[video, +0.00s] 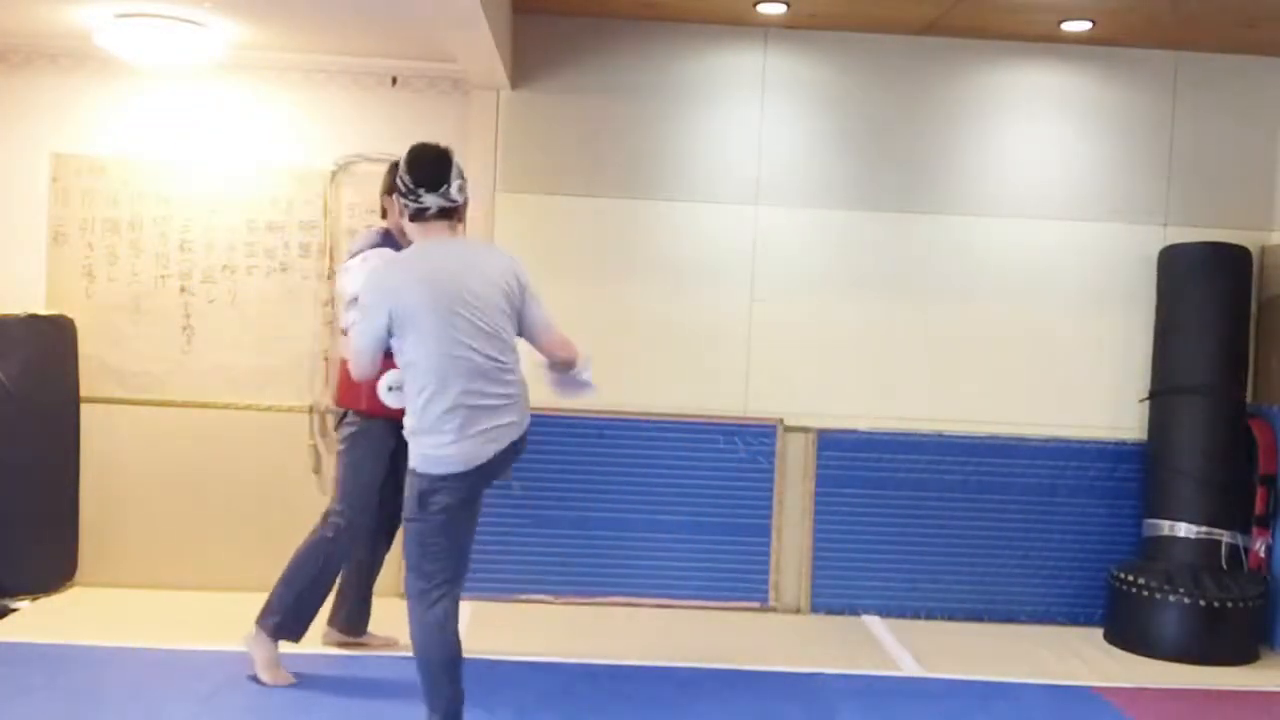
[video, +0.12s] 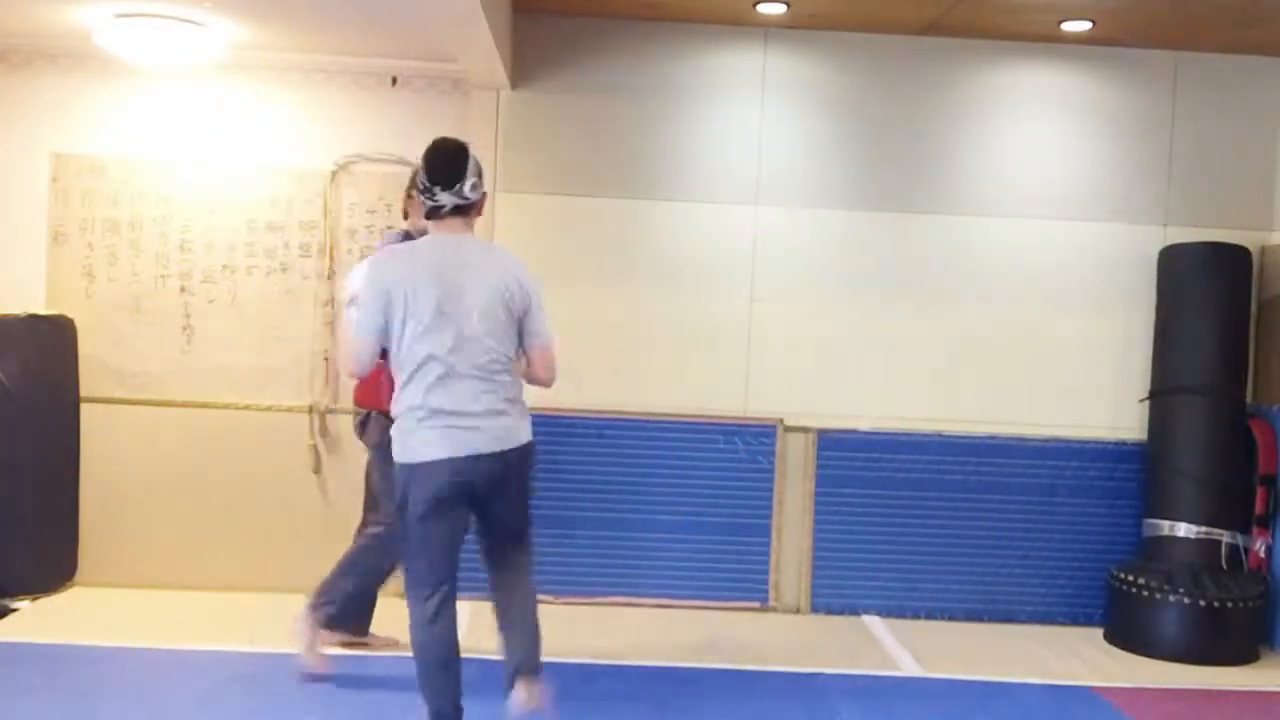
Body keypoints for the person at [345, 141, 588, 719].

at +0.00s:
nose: (391, 207)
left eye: (392, 199)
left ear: (398, 204)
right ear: (460, 200)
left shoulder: (386, 276)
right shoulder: (496, 262)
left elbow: (363, 367)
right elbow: (556, 349)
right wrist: (570, 365)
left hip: (443, 459)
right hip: (509, 437)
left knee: (432, 591)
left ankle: (445, 711)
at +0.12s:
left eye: (422, 192)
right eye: (477, 193)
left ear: (420, 198)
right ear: (480, 199)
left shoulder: (385, 269)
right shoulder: (508, 267)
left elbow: (354, 364)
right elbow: (542, 372)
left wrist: (357, 296)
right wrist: (495, 346)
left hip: (427, 459)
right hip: (505, 451)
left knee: (431, 597)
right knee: (511, 563)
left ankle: (444, 711)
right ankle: (527, 678)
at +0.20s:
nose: (488, 198)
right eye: (488, 192)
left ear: (427, 199)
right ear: (487, 199)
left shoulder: (394, 265)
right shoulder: (511, 269)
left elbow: (356, 361)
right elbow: (542, 375)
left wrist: (364, 302)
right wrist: (495, 354)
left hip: (422, 456)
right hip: (503, 452)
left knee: (429, 593)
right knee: (508, 582)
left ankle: (444, 712)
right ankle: (499, 710)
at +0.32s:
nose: (504, 205)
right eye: (504, 198)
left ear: (445, 200)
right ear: (501, 203)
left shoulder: (404, 264)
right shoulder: (525, 269)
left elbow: (382, 352)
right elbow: (551, 372)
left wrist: (427, 335)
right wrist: (507, 347)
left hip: (422, 453)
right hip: (494, 455)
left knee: (436, 594)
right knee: (501, 598)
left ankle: (441, 712)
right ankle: (458, 713)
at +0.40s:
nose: (517, 211)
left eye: (514, 203)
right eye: (515, 204)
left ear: (454, 203)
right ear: (508, 205)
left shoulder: (410, 263)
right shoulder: (527, 266)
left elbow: (380, 353)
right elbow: (559, 373)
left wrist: (431, 331)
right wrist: (518, 339)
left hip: (422, 452)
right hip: (492, 454)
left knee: (435, 597)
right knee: (500, 602)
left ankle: (440, 712)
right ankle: (460, 713)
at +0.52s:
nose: (538, 225)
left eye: (540, 214)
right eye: (534, 213)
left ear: (469, 207)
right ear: (517, 209)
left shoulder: (427, 269)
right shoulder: (529, 270)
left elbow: (384, 359)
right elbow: (568, 377)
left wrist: (441, 351)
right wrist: (527, 341)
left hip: (423, 459)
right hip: (488, 462)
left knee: (434, 611)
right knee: (498, 619)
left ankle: (444, 712)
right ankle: (473, 713)